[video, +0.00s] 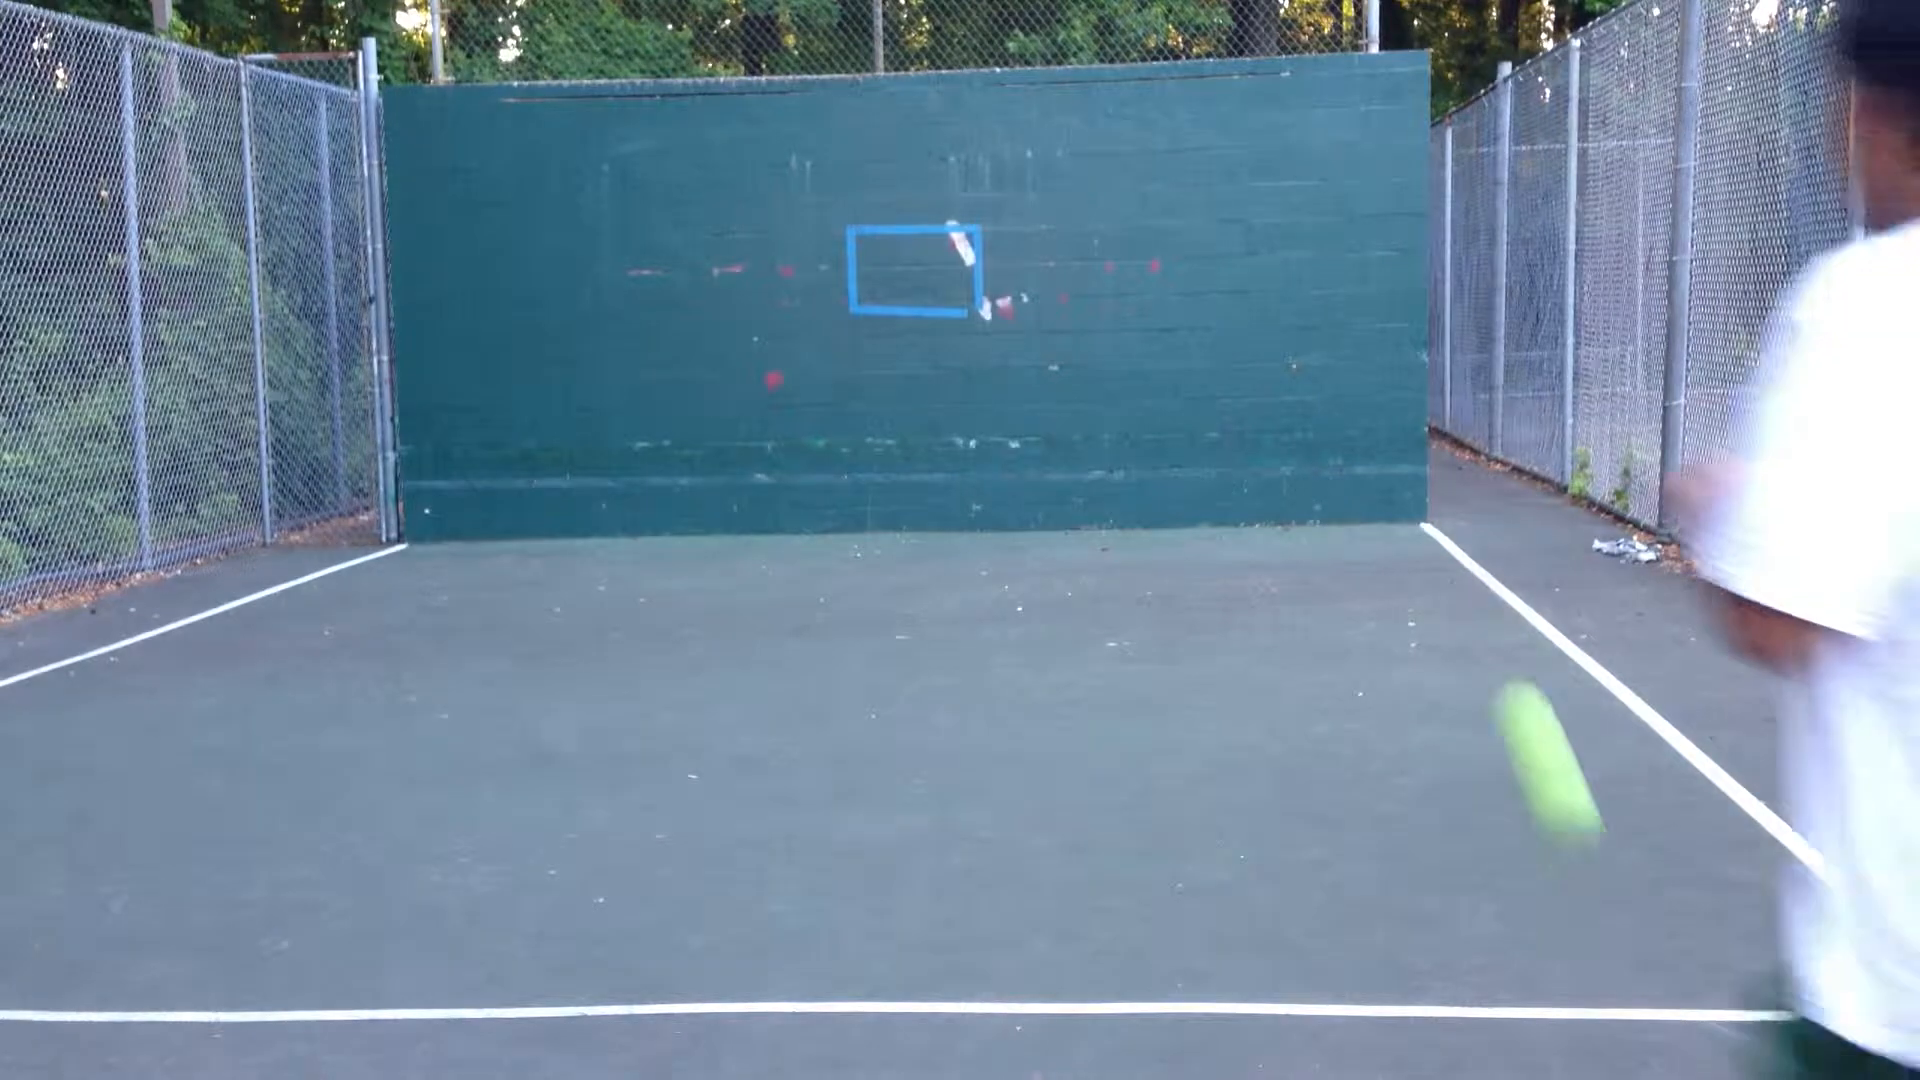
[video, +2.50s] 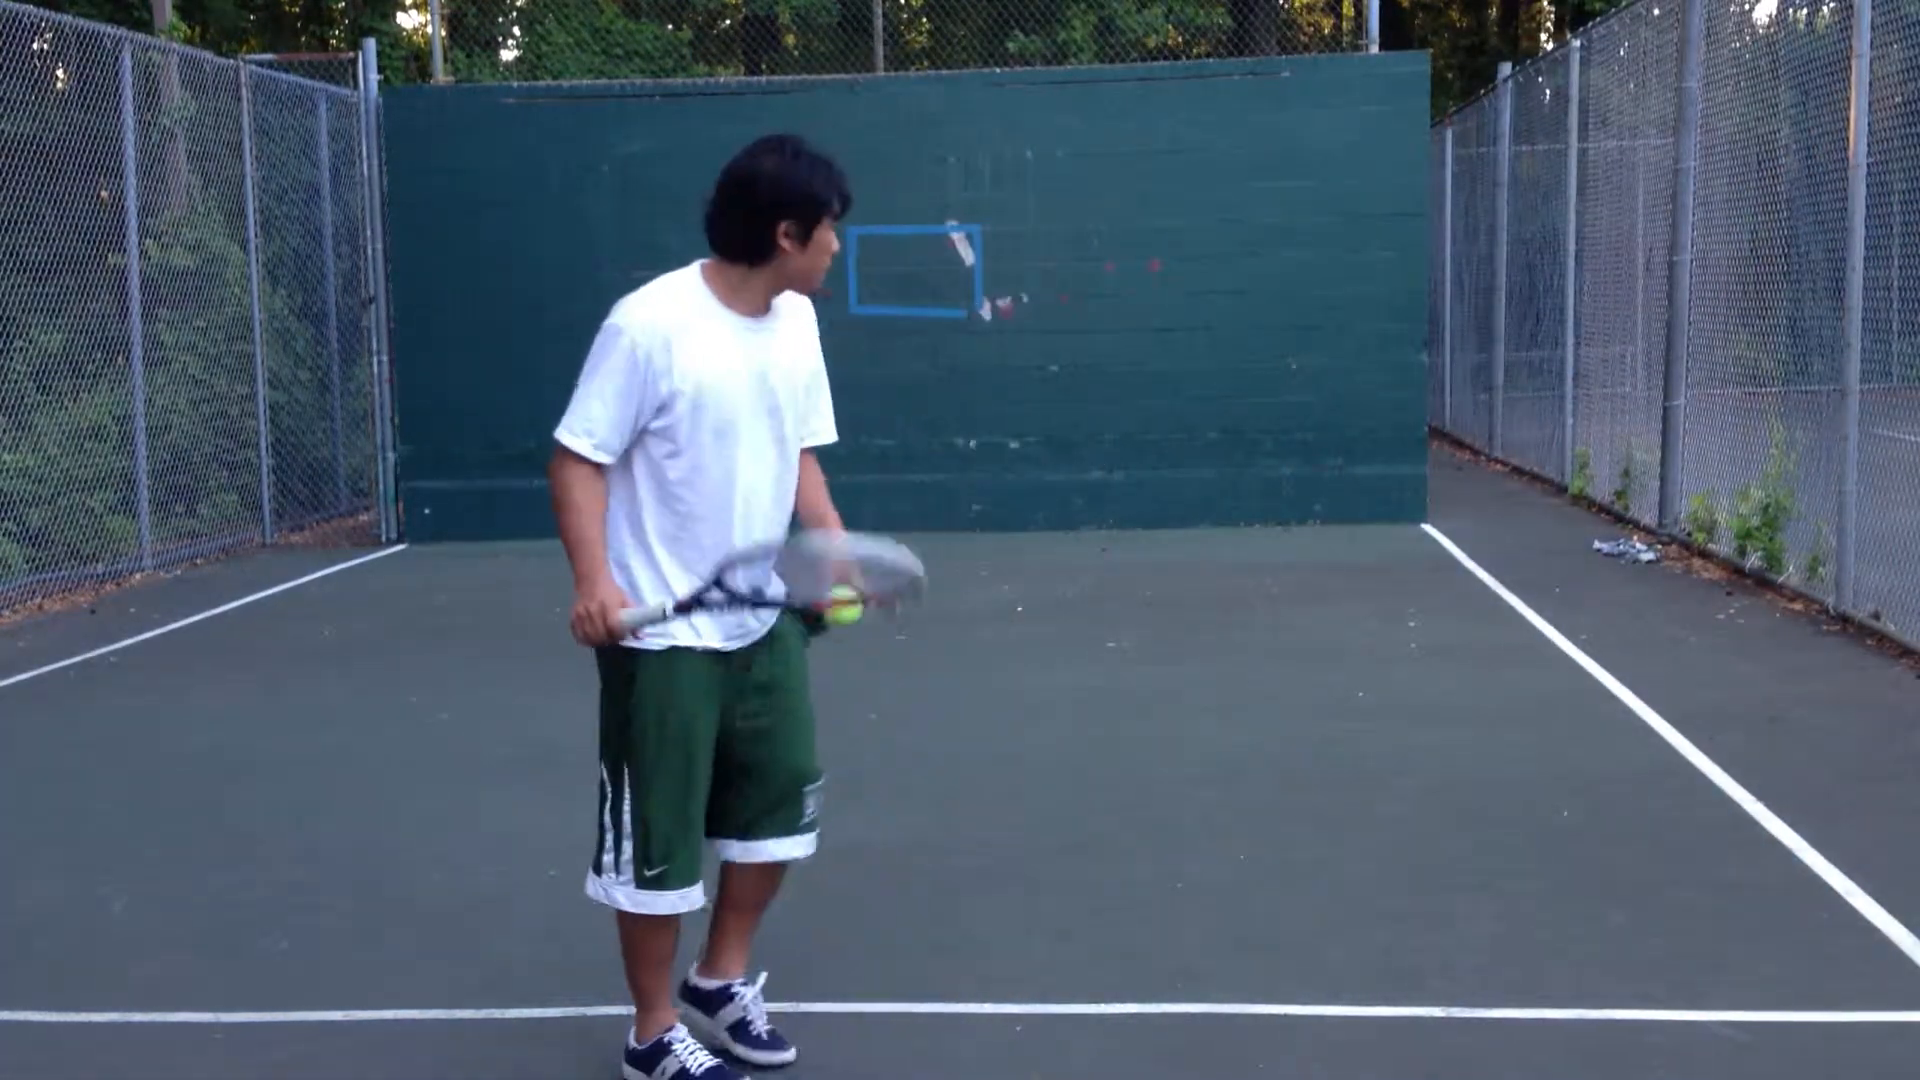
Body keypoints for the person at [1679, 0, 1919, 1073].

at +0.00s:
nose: (1842, 123)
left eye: (1848, 100)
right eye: (1852, 97)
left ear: (1876, 114)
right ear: (1894, 112)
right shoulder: (1862, 298)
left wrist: (1712, 509)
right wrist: (1746, 514)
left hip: (1889, 967)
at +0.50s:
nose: (1107, 109)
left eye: (1133, 87)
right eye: (1118, 83)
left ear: (1208, 121)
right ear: (1222, 120)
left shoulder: (1154, 273)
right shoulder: (1394, 246)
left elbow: (1177, 538)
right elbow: (1513, 449)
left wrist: (1075, 523)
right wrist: (1364, 524)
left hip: (1226, 777)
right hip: (1391, 752)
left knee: (1190, 1053)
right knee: (1347, 1027)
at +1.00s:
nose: (849, 180)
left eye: (879, 159)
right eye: (829, 159)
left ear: (931, 183)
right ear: (807, 183)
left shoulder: (1010, 310)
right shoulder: (786, 306)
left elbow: (1081, 470)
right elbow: (778, 464)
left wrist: (969, 540)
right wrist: (750, 582)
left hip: (973, 704)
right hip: (834, 702)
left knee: (998, 1004)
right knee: (853, 1001)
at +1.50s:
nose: (838, 201)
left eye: (856, 179)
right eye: (815, 180)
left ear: (879, 186)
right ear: (770, 187)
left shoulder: (923, 296)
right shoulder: (704, 304)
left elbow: (958, 439)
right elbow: (663, 451)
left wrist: (950, 526)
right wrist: (668, 557)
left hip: (893, 648)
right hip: (757, 654)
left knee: (879, 883)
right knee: (780, 912)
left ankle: (835, 1023)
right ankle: (797, 1076)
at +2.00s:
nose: (854, 249)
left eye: (869, 229)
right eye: (840, 224)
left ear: (877, 223)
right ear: (782, 206)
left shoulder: (853, 308)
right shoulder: (692, 299)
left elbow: (849, 439)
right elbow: (636, 444)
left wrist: (877, 496)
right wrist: (670, 568)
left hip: (835, 628)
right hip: (727, 635)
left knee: (828, 850)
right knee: (721, 856)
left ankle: (795, 1037)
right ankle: (673, 1025)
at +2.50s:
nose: (837, 249)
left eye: (836, 233)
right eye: (829, 234)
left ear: (772, 235)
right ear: (781, 237)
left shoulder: (794, 317)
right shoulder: (648, 324)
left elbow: (798, 455)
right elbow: (576, 457)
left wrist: (833, 556)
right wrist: (592, 580)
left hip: (766, 620)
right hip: (661, 630)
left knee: (774, 807)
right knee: (657, 841)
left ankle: (720, 984)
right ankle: (652, 1033)